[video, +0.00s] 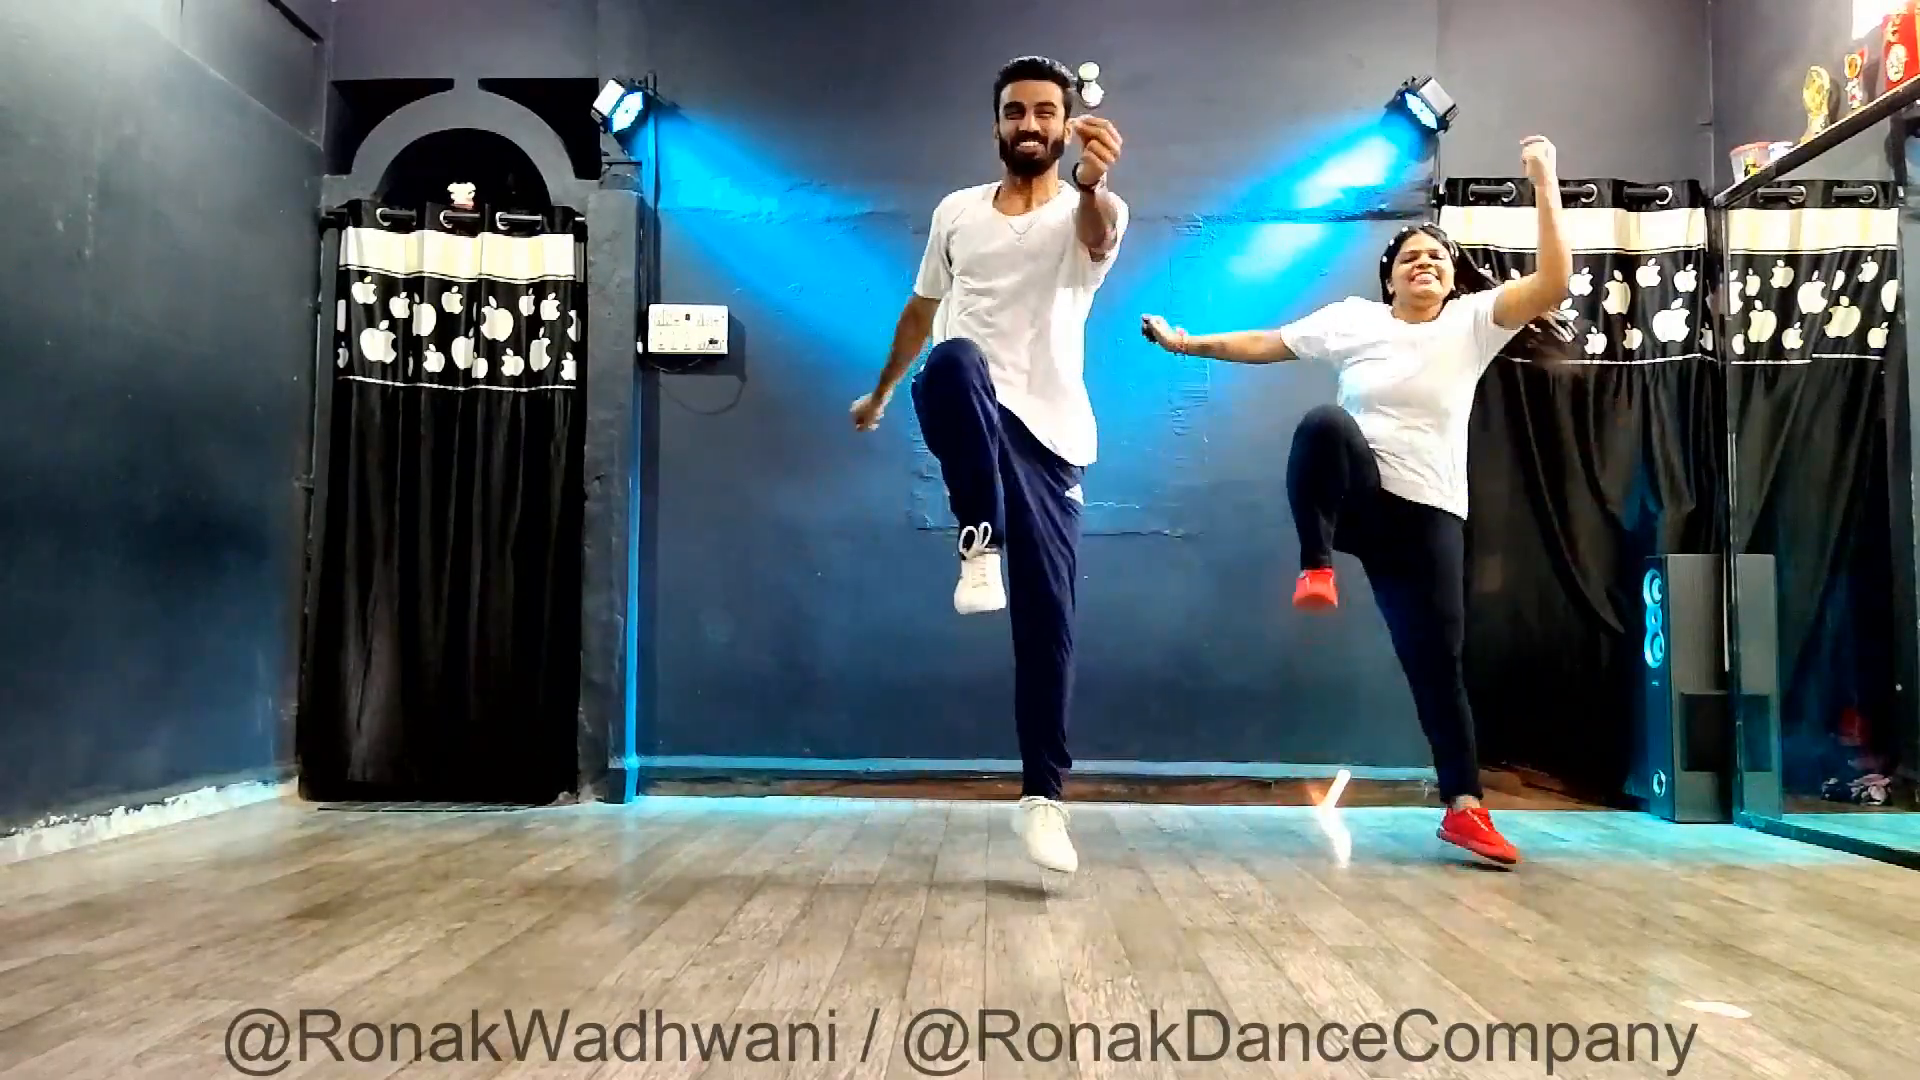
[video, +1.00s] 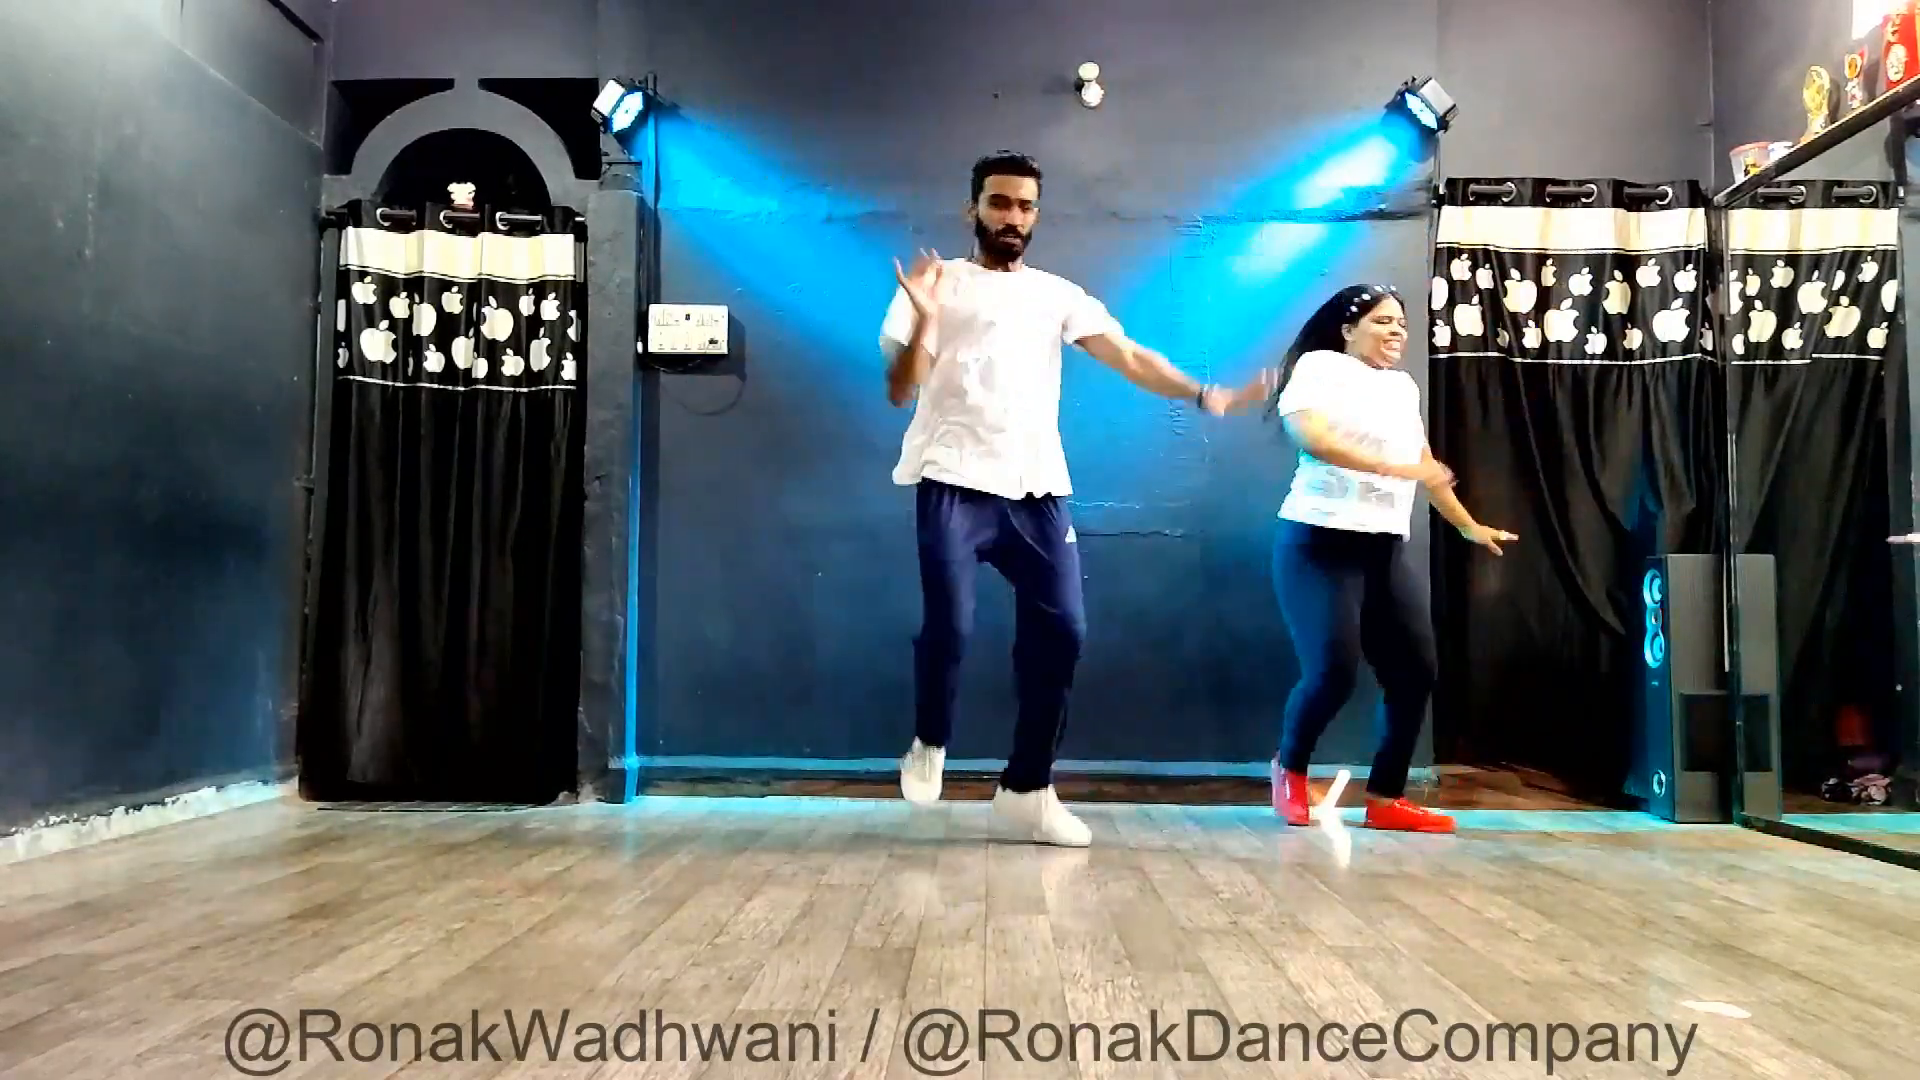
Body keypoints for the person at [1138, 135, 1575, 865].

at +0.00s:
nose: (1424, 265)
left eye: (1436, 259)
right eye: (1411, 258)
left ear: (1452, 278)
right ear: (1390, 276)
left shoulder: (1473, 321)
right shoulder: (1355, 322)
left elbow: (1552, 283)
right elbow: (1271, 344)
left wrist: (1545, 190)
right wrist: (1189, 342)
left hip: (1430, 516)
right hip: (1359, 499)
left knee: (1439, 662)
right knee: (1324, 423)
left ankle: (1463, 806)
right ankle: (1316, 567)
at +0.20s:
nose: (1393, 286)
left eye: (1405, 281)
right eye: (1382, 280)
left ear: (1425, 301)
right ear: (1364, 301)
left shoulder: (1454, 353)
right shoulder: (1333, 358)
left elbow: (1537, 375)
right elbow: (1299, 424)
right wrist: (1234, 454)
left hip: (1427, 540)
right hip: (1338, 529)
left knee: (1442, 680)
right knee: (1262, 572)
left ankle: (1453, 817)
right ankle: (1292, 698)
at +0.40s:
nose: (1348, 318)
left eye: (1359, 311)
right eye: (1338, 310)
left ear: (1376, 327)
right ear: (1318, 322)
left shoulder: (1395, 383)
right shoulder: (1284, 373)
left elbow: (1395, 447)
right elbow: (1266, 416)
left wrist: (1331, 443)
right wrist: (1347, 384)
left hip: (1395, 537)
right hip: (1309, 543)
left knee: (1442, 634)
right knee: (1296, 679)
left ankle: (1453, 788)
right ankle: (1295, 801)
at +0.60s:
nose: (1346, 287)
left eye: (1358, 281)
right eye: (1333, 280)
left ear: (1371, 297)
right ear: (1312, 295)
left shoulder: (1389, 326)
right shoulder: (1281, 330)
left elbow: (1436, 252)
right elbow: (1212, 288)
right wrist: (1212, 210)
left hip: (1376, 501)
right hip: (1301, 512)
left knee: (1456, 502)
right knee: (1300, 660)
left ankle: (1429, 634)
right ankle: (1300, 782)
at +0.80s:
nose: (1344, 325)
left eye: (1354, 318)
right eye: (1332, 318)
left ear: (1367, 334)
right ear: (1312, 332)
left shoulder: (1381, 390)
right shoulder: (1277, 385)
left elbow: (1443, 426)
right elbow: (1211, 438)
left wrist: (1519, 398)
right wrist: (1135, 436)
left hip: (1372, 536)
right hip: (1298, 552)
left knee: (1467, 527)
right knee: (1304, 684)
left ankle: (1436, 651)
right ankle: (1294, 794)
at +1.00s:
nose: (1396, 332)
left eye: (1401, 326)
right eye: (1383, 322)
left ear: (1403, 336)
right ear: (1348, 327)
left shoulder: (1403, 388)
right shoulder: (1317, 367)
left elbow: (1422, 464)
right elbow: (1317, 440)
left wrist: (1469, 525)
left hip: (1386, 547)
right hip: (1317, 541)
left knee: (1413, 670)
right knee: (1330, 672)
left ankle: (1385, 798)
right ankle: (1289, 771)